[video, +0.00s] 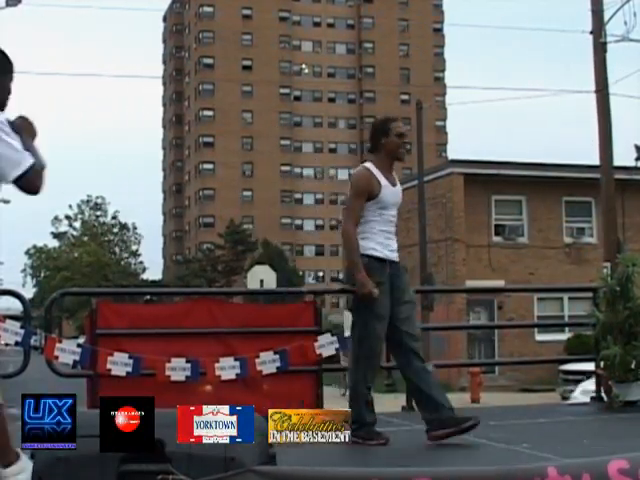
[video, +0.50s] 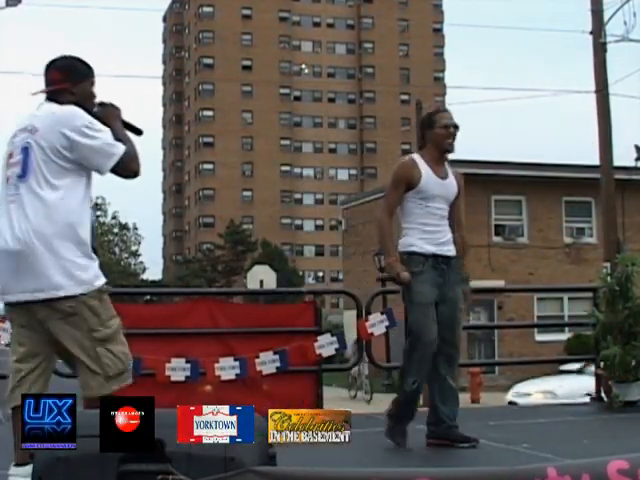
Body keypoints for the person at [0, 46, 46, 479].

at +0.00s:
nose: (11, 91)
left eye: (11, 82)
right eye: (9, 82)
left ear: (3, 84)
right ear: (2, 84)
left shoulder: (4, 130)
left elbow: (30, 181)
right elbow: (33, 182)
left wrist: (21, 140)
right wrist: (29, 141)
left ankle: (11, 459)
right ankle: (10, 460)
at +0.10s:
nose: (27, 96)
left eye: (28, 89)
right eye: (24, 88)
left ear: (3, 80)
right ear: (6, 82)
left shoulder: (9, 120)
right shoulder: (6, 117)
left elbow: (53, 175)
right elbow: (59, 175)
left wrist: (42, 132)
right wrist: (48, 130)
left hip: (4, 284)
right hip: (0, 285)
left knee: (10, 381)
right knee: (9, 383)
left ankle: (18, 462)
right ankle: (18, 463)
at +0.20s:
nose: (43, 98)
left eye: (43, 91)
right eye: (40, 91)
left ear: (9, 85)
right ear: (22, 86)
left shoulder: (11, 118)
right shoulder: (18, 118)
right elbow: (79, 172)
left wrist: (58, 130)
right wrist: (64, 128)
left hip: (15, 283)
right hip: (14, 285)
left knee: (18, 396)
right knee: (19, 398)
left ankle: (20, 468)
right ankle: (20, 470)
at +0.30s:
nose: (59, 94)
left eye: (58, 87)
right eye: (55, 86)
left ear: (20, 84)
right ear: (32, 83)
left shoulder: (9, 118)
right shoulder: (33, 117)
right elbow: (96, 169)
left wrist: (72, 128)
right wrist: (79, 125)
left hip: (8, 270)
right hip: (30, 271)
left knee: (21, 365)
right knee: (60, 359)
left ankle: (22, 465)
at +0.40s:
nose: (75, 92)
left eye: (74, 85)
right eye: (72, 84)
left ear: (33, 86)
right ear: (52, 84)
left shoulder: (10, 122)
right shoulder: (52, 117)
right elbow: (112, 165)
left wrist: (90, 128)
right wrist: (96, 123)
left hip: (6, 268)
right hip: (46, 265)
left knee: (25, 361)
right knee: (87, 354)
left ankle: (22, 449)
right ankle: (36, 451)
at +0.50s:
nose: (94, 94)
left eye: (92, 87)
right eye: (90, 86)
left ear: (50, 86)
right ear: (71, 86)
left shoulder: (23, 128)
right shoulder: (70, 120)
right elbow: (129, 166)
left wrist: (104, 126)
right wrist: (115, 124)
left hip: (15, 270)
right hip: (62, 268)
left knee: (29, 369)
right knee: (109, 364)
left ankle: (23, 464)